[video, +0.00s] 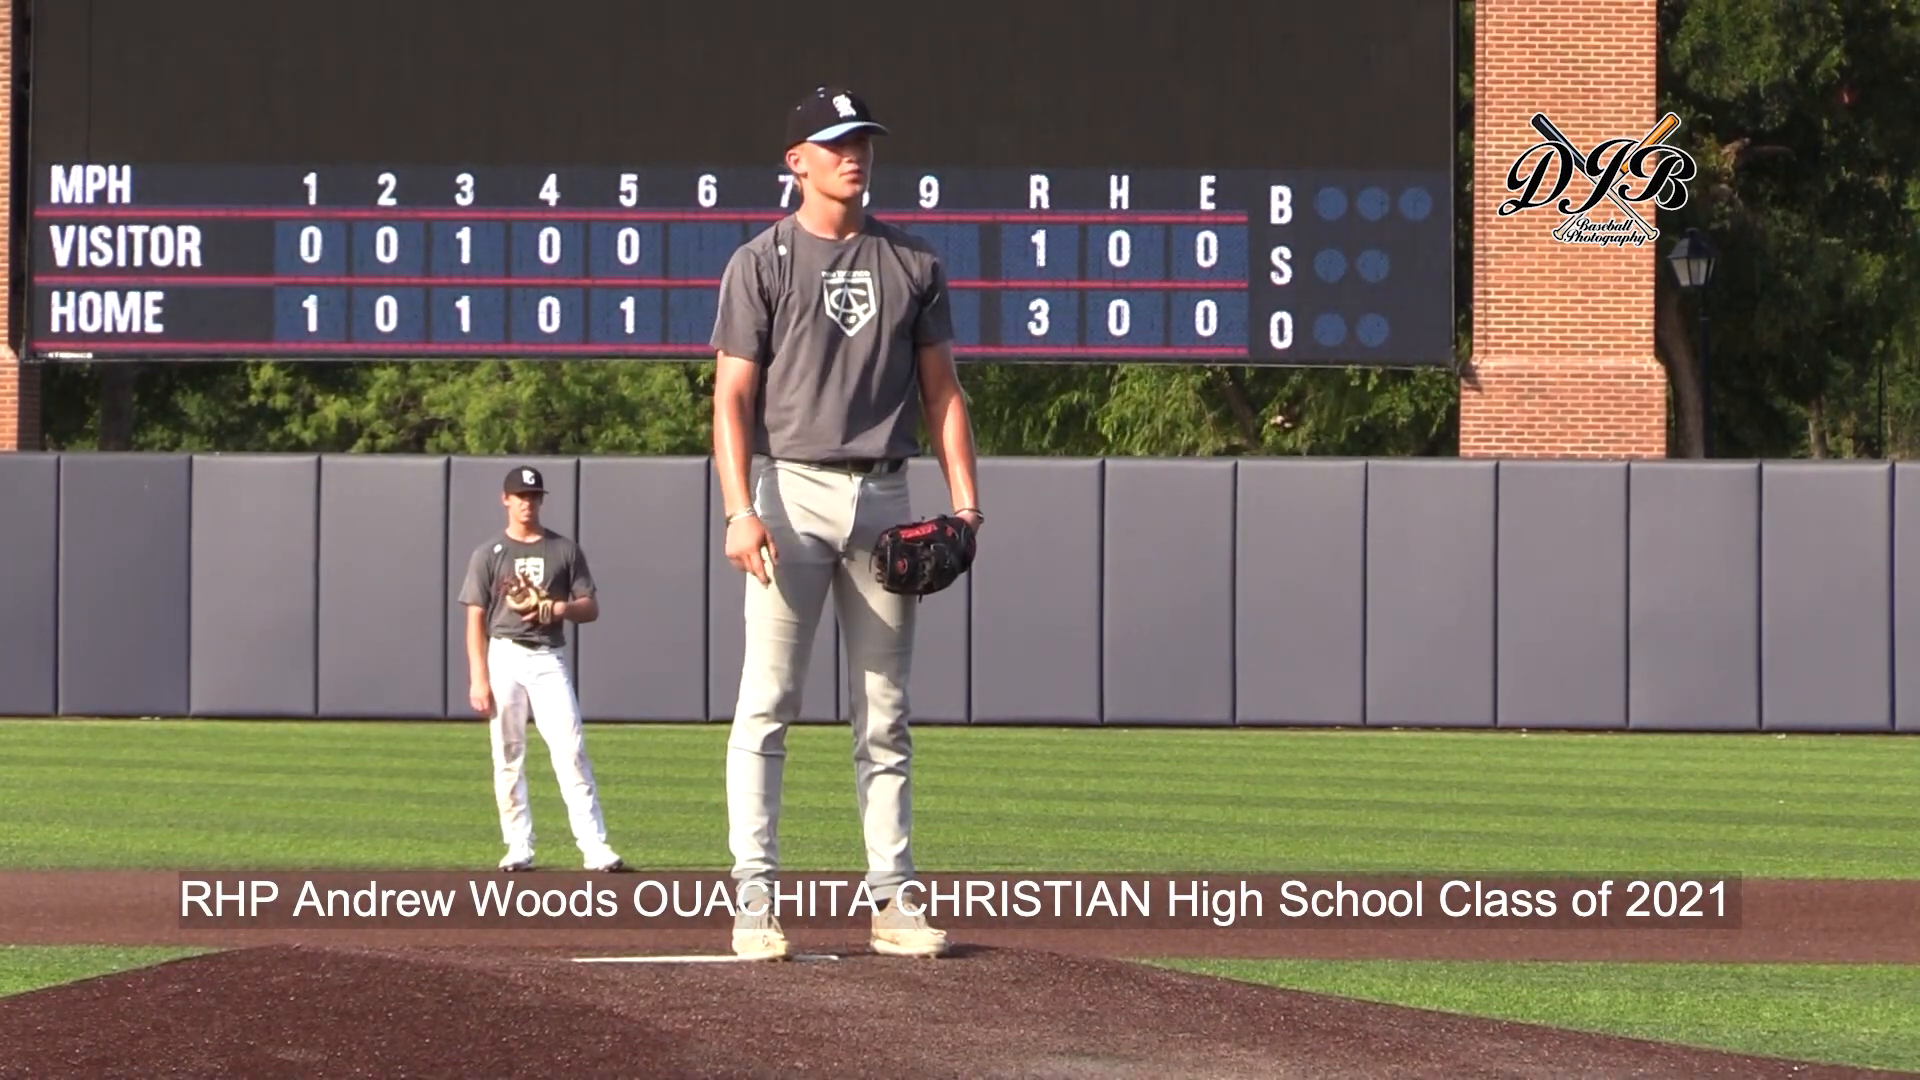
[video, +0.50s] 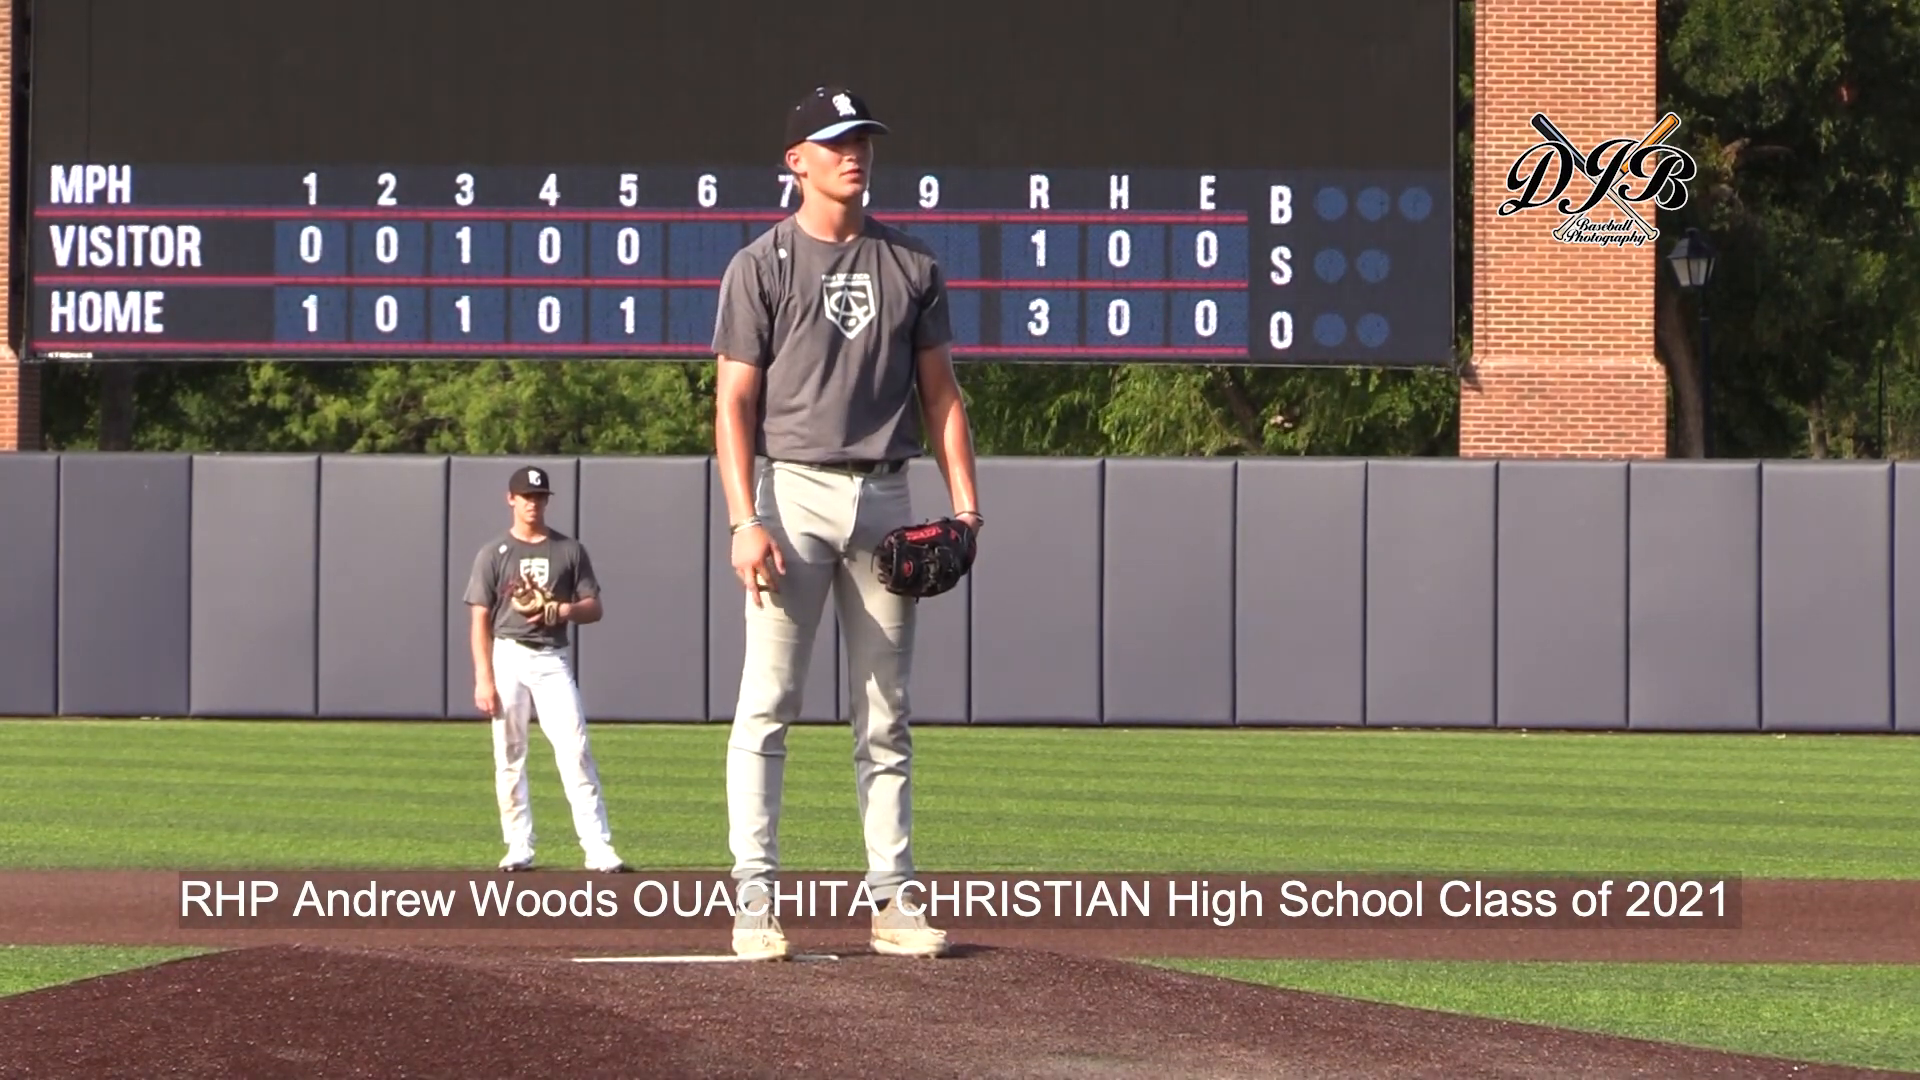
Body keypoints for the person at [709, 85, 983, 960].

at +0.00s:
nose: (854, 160)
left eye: (861, 146)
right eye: (837, 147)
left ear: (872, 158)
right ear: (799, 160)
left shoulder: (912, 266)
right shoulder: (759, 263)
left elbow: (944, 392)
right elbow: (730, 398)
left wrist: (965, 502)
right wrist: (740, 509)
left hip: (887, 498)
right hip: (790, 493)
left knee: (885, 712)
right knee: (767, 706)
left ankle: (893, 898)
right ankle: (756, 895)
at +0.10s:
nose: (854, 159)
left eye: (861, 146)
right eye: (837, 147)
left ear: (871, 158)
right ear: (798, 160)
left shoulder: (911, 266)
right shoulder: (760, 263)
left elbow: (943, 393)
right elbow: (732, 401)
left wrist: (965, 503)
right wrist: (740, 515)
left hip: (886, 498)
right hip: (790, 493)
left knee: (885, 712)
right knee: (767, 705)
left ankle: (893, 898)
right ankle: (756, 895)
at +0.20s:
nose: (854, 160)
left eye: (861, 146)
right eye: (837, 147)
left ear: (871, 158)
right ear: (798, 160)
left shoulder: (911, 266)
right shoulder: (758, 265)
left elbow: (943, 394)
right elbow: (733, 402)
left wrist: (965, 506)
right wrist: (740, 518)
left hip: (887, 497)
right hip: (790, 494)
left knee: (886, 712)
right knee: (767, 706)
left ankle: (893, 897)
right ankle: (755, 895)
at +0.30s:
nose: (854, 159)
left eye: (861, 146)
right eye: (837, 147)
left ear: (871, 159)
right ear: (798, 160)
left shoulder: (911, 267)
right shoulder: (758, 265)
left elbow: (943, 394)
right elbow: (733, 403)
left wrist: (965, 507)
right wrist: (741, 519)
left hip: (887, 497)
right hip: (790, 494)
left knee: (886, 712)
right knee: (767, 705)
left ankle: (893, 897)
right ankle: (755, 895)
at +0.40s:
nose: (854, 159)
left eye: (861, 146)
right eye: (837, 147)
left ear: (871, 158)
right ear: (798, 160)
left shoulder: (911, 267)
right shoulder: (758, 266)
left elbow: (943, 394)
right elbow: (733, 403)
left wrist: (965, 507)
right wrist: (742, 517)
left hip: (887, 497)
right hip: (790, 494)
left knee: (886, 712)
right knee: (767, 706)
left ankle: (893, 897)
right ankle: (755, 895)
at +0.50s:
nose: (854, 159)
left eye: (861, 145)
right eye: (837, 147)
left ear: (871, 158)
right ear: (799, 160)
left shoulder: (911, 267)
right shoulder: (758, 267)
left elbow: (942, 395)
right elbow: (732, 405)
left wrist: (965, 507)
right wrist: (744, 520)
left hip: (887, 497)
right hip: (790, 493)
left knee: (885, 712)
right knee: (768, 705)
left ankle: (893, 897)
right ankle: (755, 895)